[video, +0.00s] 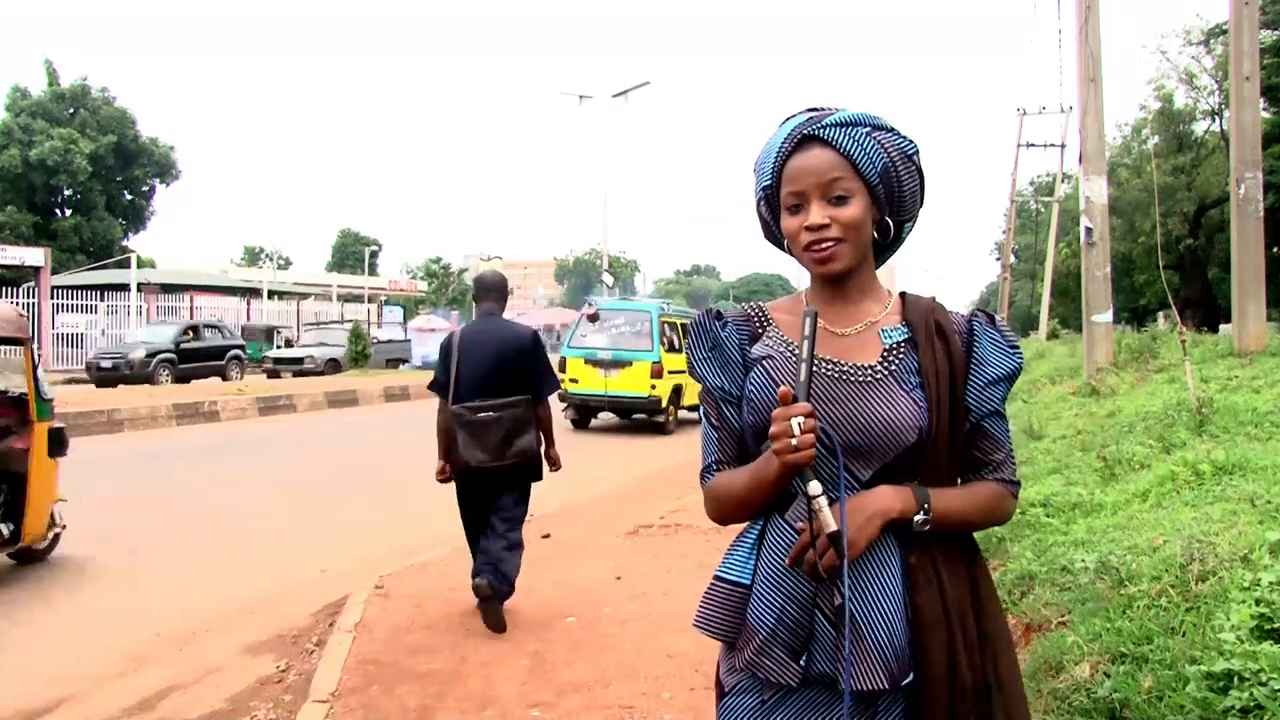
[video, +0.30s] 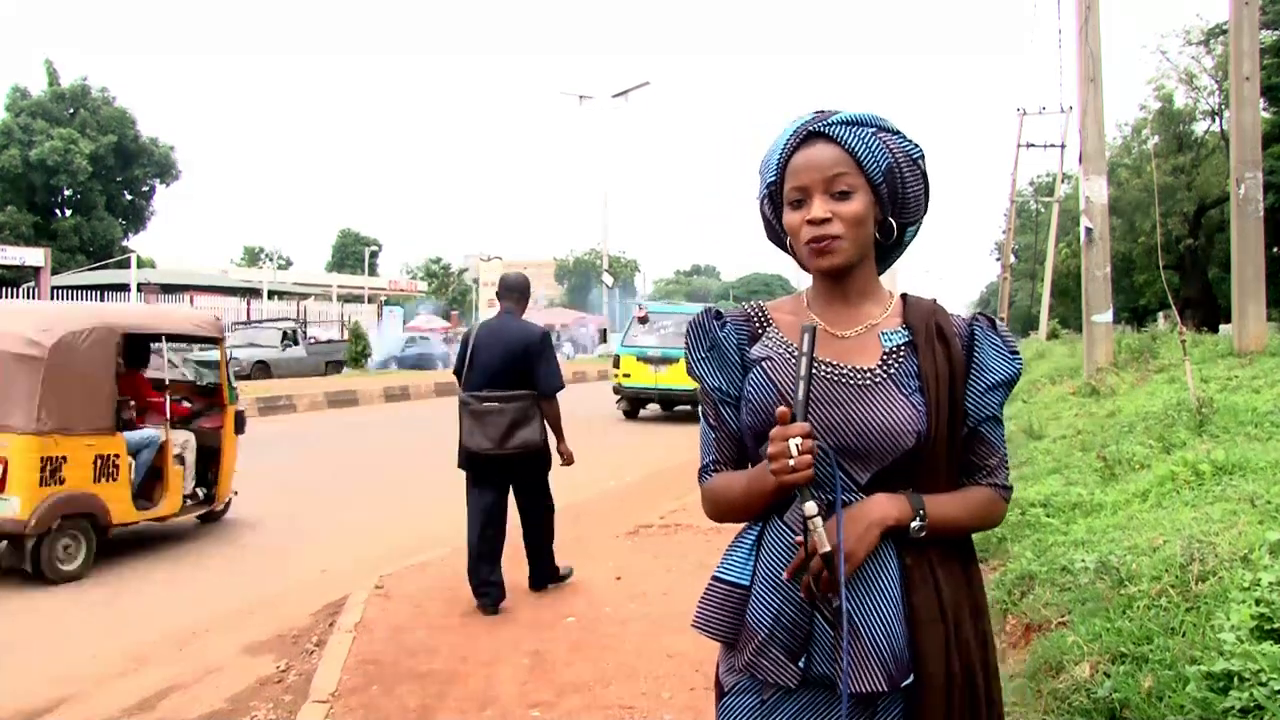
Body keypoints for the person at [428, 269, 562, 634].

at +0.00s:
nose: (496, 302)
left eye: (483, 295)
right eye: (503, 296)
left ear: (474, 298)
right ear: (507, 298)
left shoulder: (454, 342)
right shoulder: (526, 338)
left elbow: (445, 407)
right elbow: (541, 401)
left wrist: (444, 457)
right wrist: (550, 445)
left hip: (468, 451)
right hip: (516, 449)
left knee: (477, 522)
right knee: (508, 520)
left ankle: (489, 593)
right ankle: (488, 578)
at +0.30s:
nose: (519, 303)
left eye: (504, 296)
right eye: (526, 298)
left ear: (497, 297)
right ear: (528, 299)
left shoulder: (475, 334)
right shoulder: (536, 337)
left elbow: (462, 382)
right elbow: (547, 397)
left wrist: (474, 430)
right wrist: (560, 440)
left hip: (481, 445)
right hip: (526, 443)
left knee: (484, 519)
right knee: (537, 511)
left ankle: (487, 595)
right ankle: (543, 573)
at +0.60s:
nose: (549, 302)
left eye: (534, 297)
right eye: (551, 297)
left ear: (524, 298)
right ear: (552, 299)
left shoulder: (502, 335)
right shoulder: (562, 337)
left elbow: (490, 380)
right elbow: (570, 393)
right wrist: (582, 437)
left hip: (512, 435)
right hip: (553, 436)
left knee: (515, 494)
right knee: (555, 503)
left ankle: (502, 543)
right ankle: (547, 568)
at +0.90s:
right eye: (561, 301)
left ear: (536, 303)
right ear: (564, 302)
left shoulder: (520, 338)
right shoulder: (578, 334)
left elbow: (510, 388)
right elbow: (595, 385)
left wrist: (504, 431)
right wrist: (607, 420)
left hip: (532, 430)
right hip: (571, 428)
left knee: (535, 493)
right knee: (563, 495)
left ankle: (546, 552)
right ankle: (545, 566)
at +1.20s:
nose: (562, 303)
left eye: (554, 298)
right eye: (566, 299)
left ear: (543, 300)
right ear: (569, 300)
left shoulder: (526, 334)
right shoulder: (583, 331)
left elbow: (519, 382)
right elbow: (596, 380)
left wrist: (525, 422)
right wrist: (605, 415)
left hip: (538, 422)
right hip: (576, 421)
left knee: (544, 478)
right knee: (578, 473)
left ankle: (552, 542)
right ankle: (565, 520)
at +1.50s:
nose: (577, 308)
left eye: (568, 302)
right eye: (581, 304)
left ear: (559, 303)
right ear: (583, 305)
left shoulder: (539, 334)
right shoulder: (592, 336)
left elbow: (532, 374)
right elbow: (600, 385)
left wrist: (542, 407)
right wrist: (609, 420)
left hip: (545, 422)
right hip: (582, 421)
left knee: (548, 479)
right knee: (586, 473)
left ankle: (552, 542)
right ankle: (592, 522)